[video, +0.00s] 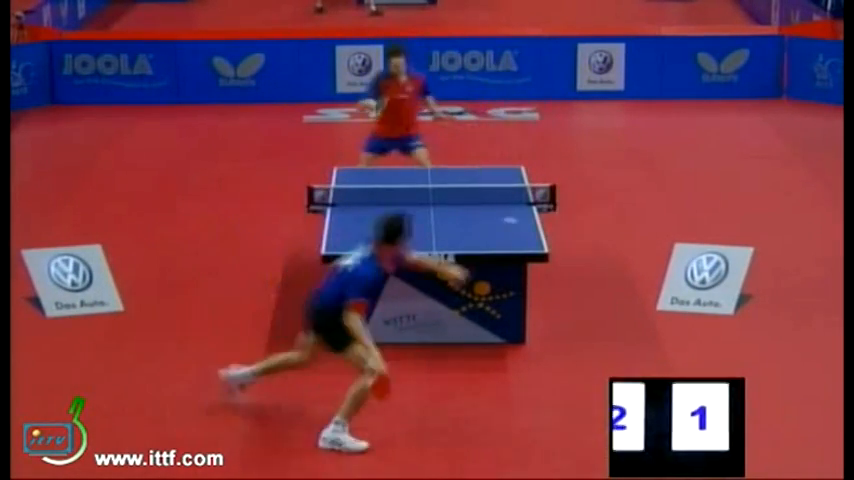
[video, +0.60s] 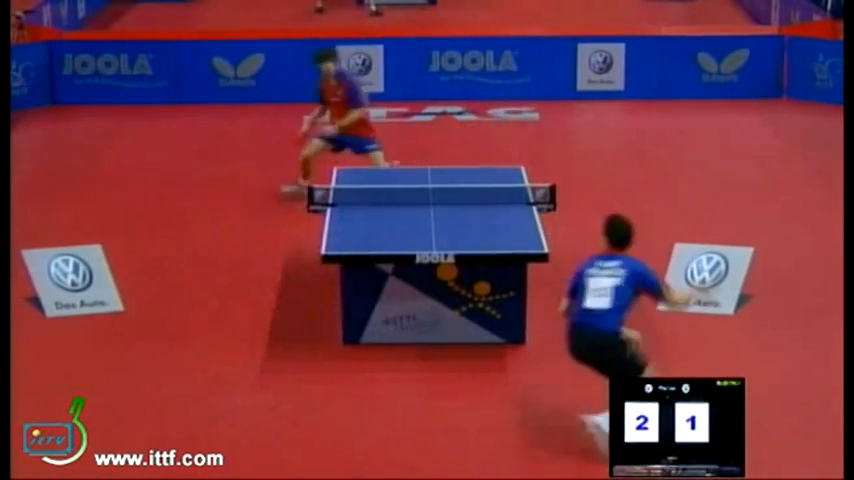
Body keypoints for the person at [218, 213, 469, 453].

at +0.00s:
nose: (402, 252)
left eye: (402, 247)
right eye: (399, 247)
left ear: (384, 243)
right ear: (387, 247)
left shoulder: (380, 256)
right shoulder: (368, 274)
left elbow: (412, 262)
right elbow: (352, 318)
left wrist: (443, 268)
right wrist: (375, 357)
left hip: (318, 309)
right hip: (330, 319)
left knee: (303, 356)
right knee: (374, 370)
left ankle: (243, 374)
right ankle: (336, 430)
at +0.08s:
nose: (442, 251)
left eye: (442, 246)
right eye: (440, 247)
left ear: (419, 241)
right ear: (430, 248)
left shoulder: (403, 253)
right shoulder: (401, 274)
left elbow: (427, 255)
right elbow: (386, 316)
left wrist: (445, 260)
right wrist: (400, 353)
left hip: (354, 301)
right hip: (360, 312)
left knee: (359, 354)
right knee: (394, 374)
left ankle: (295, 376)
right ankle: (339, 429)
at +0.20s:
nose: (495, 238)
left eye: (496, 232)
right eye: (496, 233)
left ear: (475, 224)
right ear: (490, 234)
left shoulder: (457, 230)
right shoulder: (475, 265)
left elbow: (427, 231)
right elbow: (479, 303)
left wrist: (438, 253)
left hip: (411, 295)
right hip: (422, 309)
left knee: (448, 334)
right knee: (410, 385)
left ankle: (424, 393)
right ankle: (347, 421)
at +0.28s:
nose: (530, 229)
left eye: (528, 223)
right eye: (529, 224)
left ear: (505, 218)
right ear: (523, 226)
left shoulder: (481, 232)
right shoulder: (519, 259)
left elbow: (448, 262)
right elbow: (546, 291)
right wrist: (571, 274)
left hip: (456, 303)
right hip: (465, 312)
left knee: (513, 328)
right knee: (439, 384)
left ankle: (527, 392)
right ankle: (370, 410)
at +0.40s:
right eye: (589, 226)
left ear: (560, 225)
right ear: (586, 229)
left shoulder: (541, 248)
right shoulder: (585, 254)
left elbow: (506, 278)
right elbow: (617, 233)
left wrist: (523, 297)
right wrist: (591, 204)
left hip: (523, 329)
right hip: (538, 335)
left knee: (589, 356)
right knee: (513, 403)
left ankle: (616, 408)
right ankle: (445, 421)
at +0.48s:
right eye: (605, 231)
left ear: (583, 235)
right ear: (607, 236)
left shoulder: (562, 262)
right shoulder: (608, 262)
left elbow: (539, 299)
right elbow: (654, 254)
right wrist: (649, 226)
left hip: (552, 337)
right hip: (573, 341)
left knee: (619, 344)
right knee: (584, 419)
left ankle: (631, 399)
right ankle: (521, 435)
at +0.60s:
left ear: (605, 237)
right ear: (631, 239)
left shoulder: (588, 265)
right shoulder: (633, 268)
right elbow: (668, 297)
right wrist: (687, 298)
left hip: (577, 340)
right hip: (605, 341)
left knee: (624, 373)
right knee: (641, 373)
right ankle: (607, 419)